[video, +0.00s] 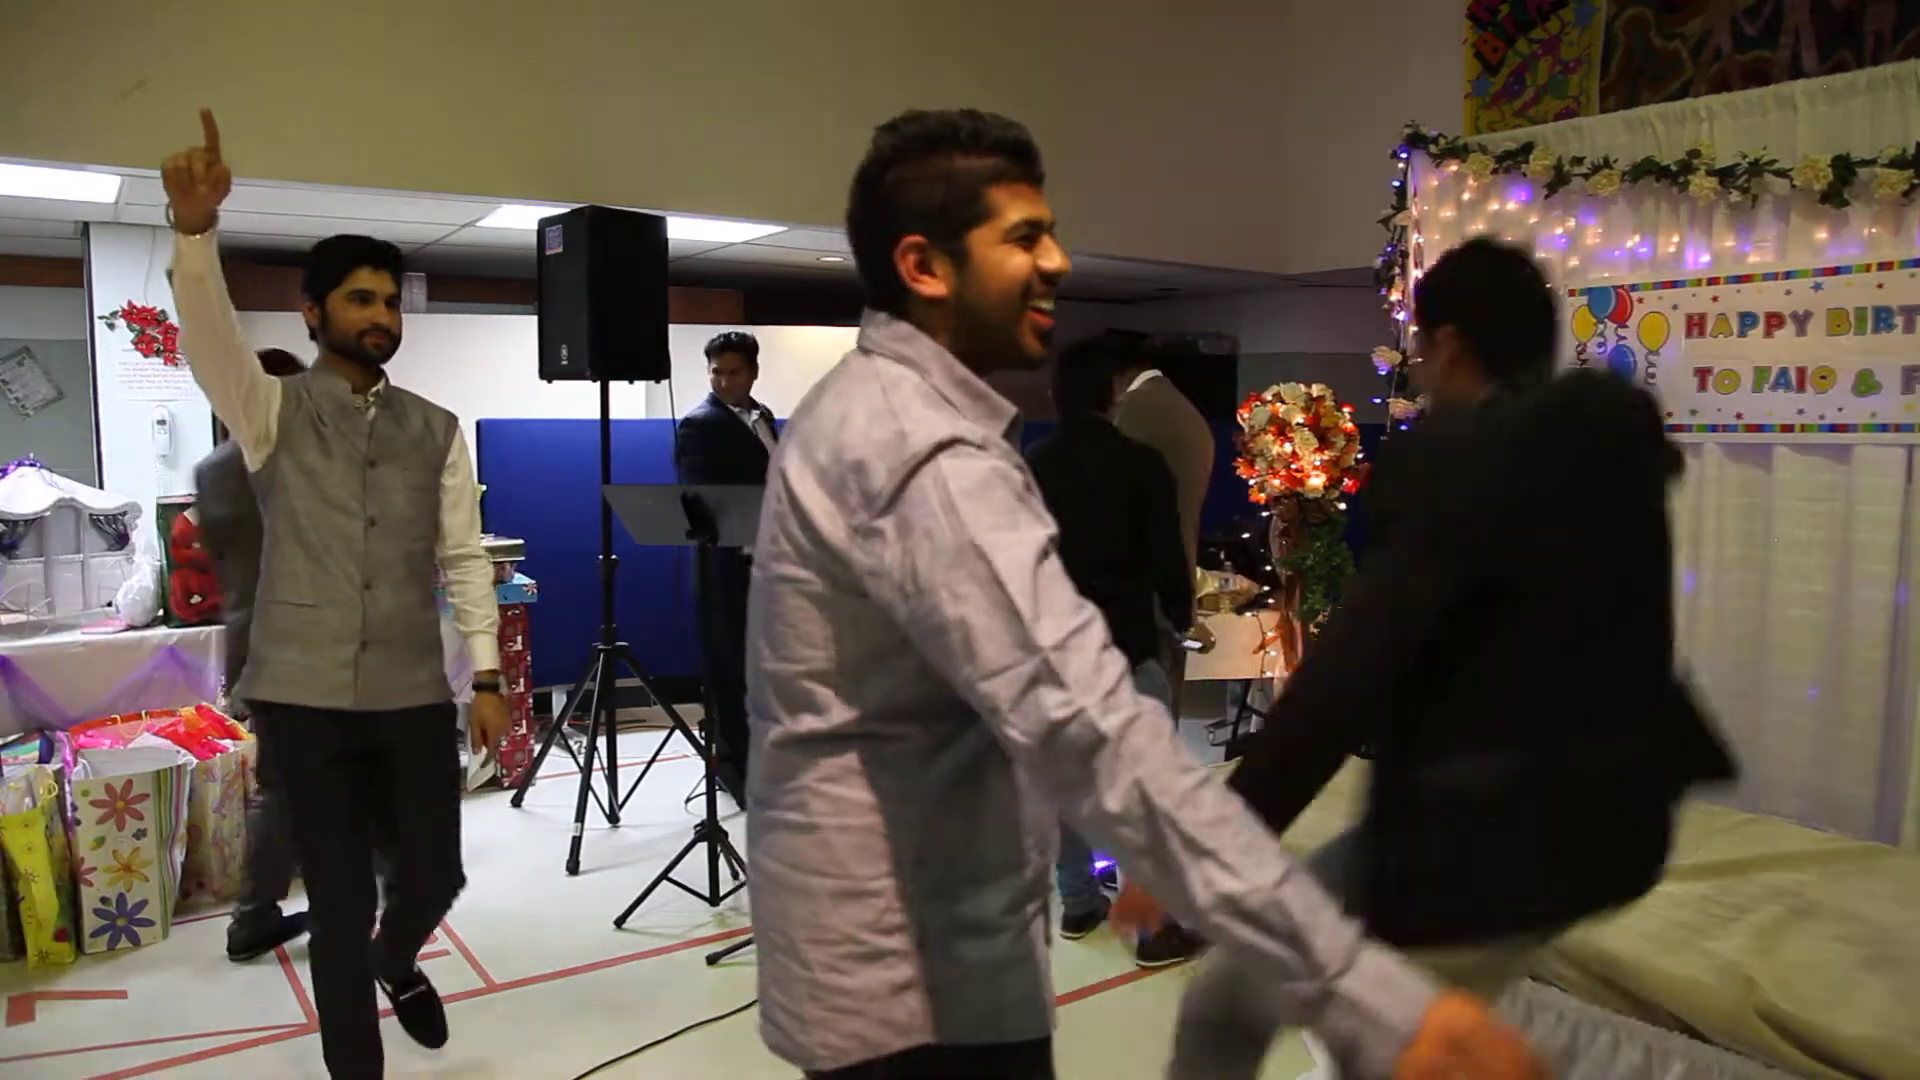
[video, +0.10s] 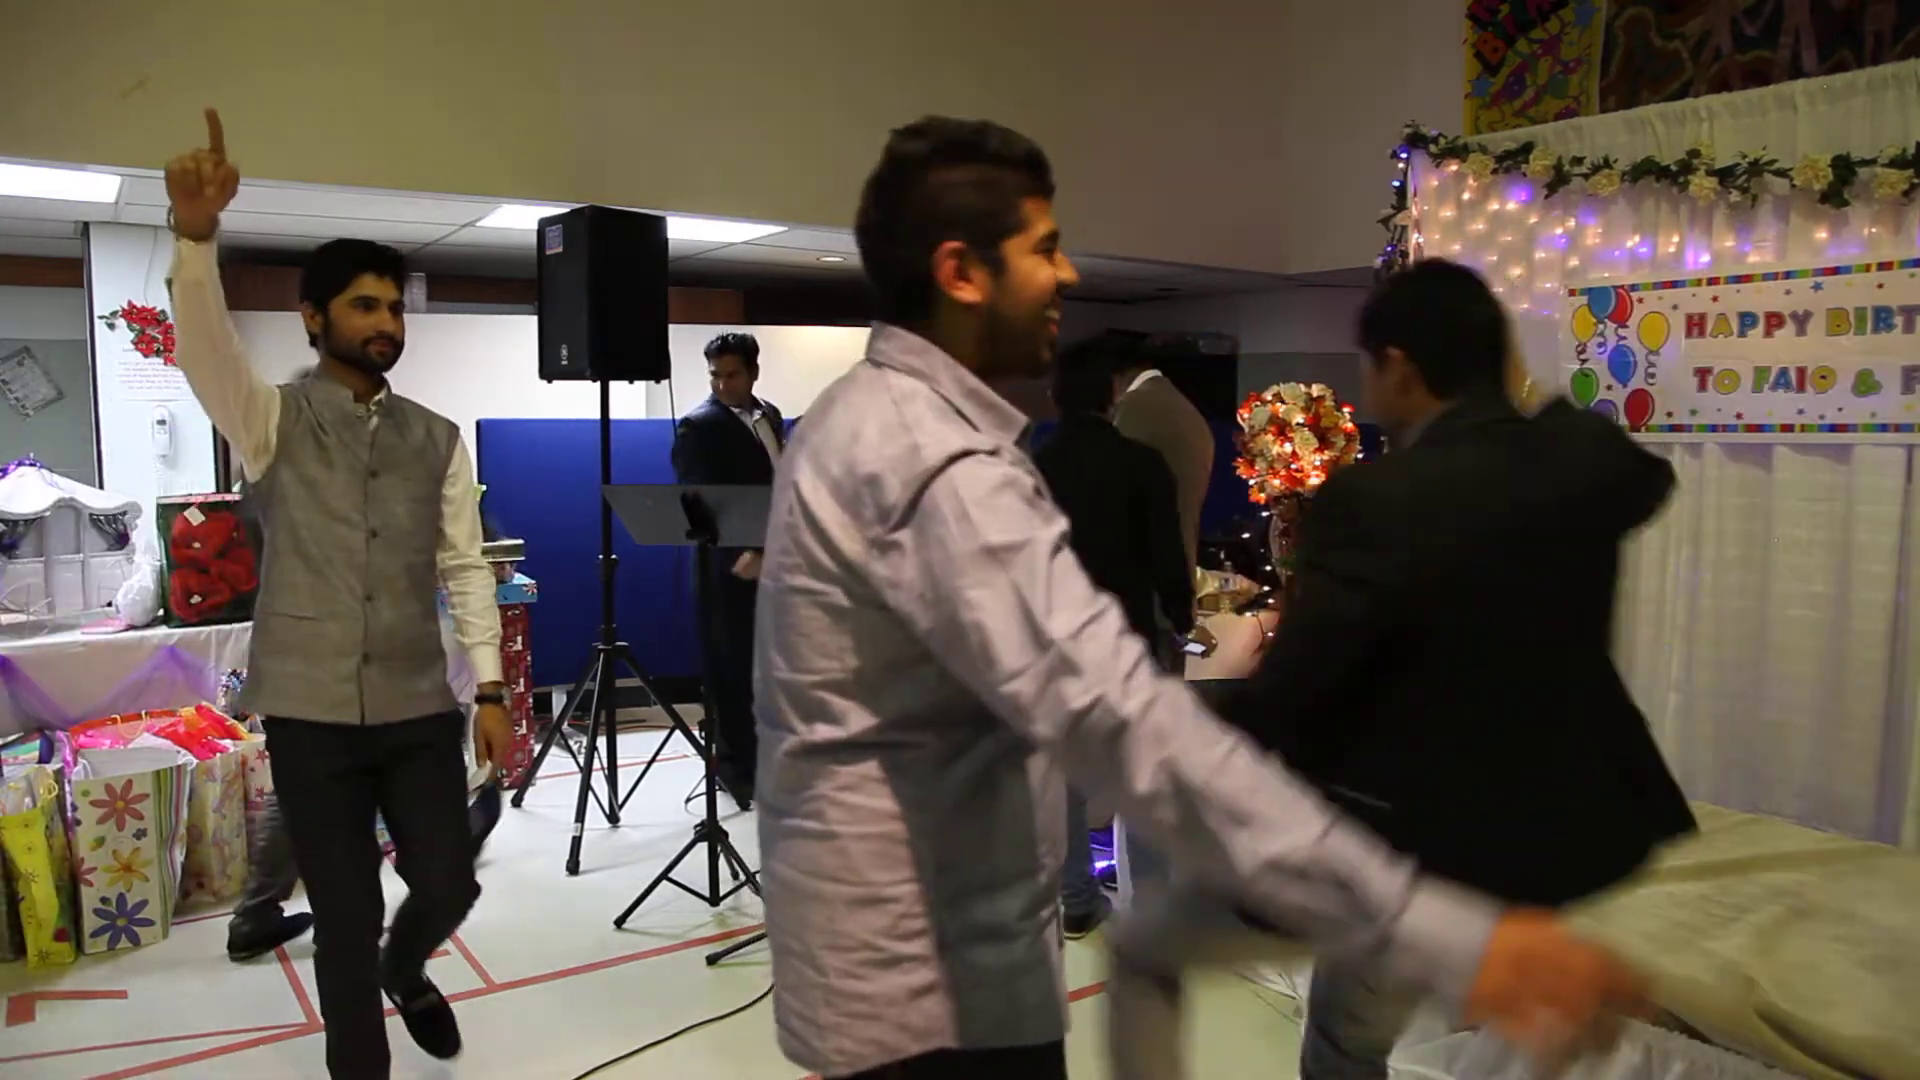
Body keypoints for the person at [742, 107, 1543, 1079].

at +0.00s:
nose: (1058, 263)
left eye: (1052, 237)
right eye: (1026, 238)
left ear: (927, 275)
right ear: (923, 267)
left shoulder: (873, 403)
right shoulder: (921, 437)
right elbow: (1084, 717)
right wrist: (1374, 1004)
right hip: (910, 937)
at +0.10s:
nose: (1070, 276)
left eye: (1061, 248)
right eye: (1046, 249)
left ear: (958, 271)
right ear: (958, 271)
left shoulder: (864, 422)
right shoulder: (933, 455)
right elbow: (1122, 715)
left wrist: (1196, 680)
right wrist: (1445, 936)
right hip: (919, 954)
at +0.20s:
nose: (1070, 270)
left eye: (1060, 240)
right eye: (1055, 241)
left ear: (966, 259)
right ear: (990, 258)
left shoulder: (890, 399)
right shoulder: (950, 427)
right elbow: (1154, 653)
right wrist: (1508, 834)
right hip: (944, 947)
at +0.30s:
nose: (1070, 265)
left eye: (1063, 238)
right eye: (1058, 238)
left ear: (927, 256)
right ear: (1008, 249)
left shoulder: (895, 381)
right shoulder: (964, 407)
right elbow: (1190, 585)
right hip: (962, 913)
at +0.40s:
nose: (1065, 270)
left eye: (1059, 243)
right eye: (1055, 243)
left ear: (913, 267)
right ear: (1017, 255)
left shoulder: (885, 402)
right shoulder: (967, 420)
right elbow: (1205, 560)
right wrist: (1581, 601)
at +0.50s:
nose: (1064, 280)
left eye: (1064, 256)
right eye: (1054, 254)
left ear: (909, 282)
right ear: (1017, 265)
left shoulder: (889, 412)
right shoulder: (978, 424)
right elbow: (1227, 513)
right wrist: (1607, 468)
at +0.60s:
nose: (1060, 266)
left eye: (1055, 245)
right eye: (1054, 243)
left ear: (909, 273)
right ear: (1024, 260)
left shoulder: (886, 406)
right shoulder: (1005, 410)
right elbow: (1267, 432)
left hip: (918, 890)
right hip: (1019, 909)